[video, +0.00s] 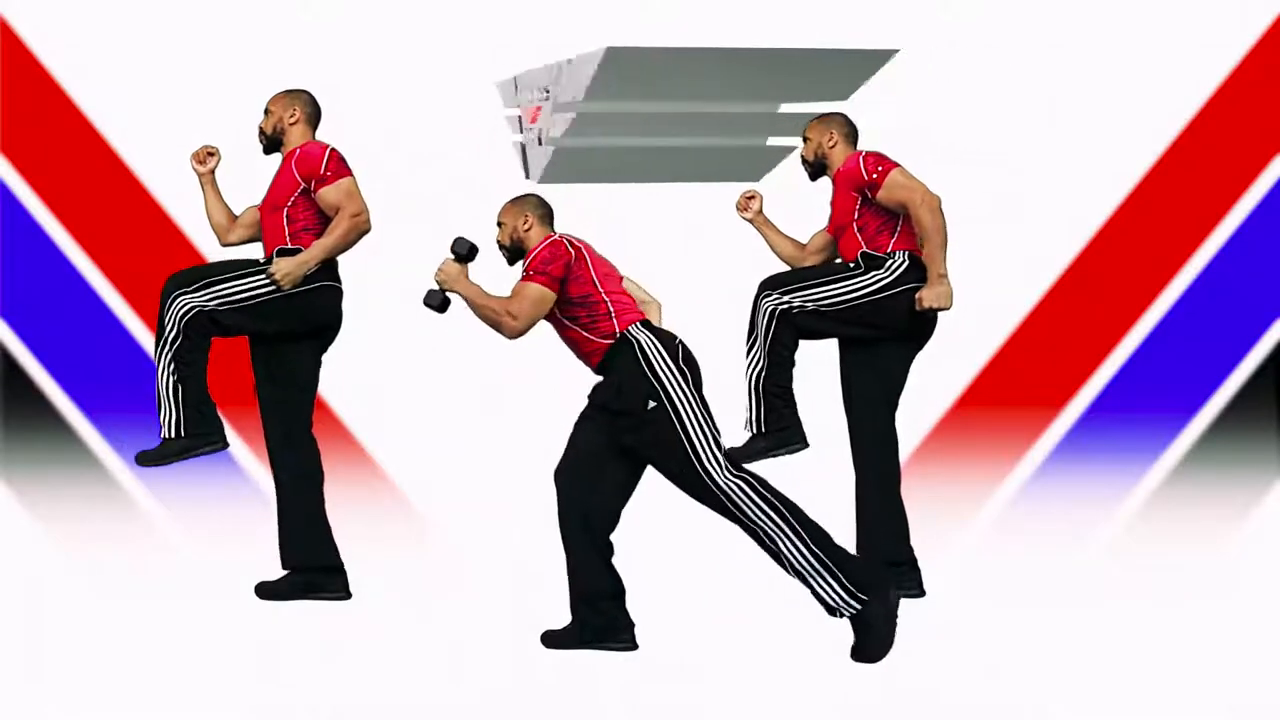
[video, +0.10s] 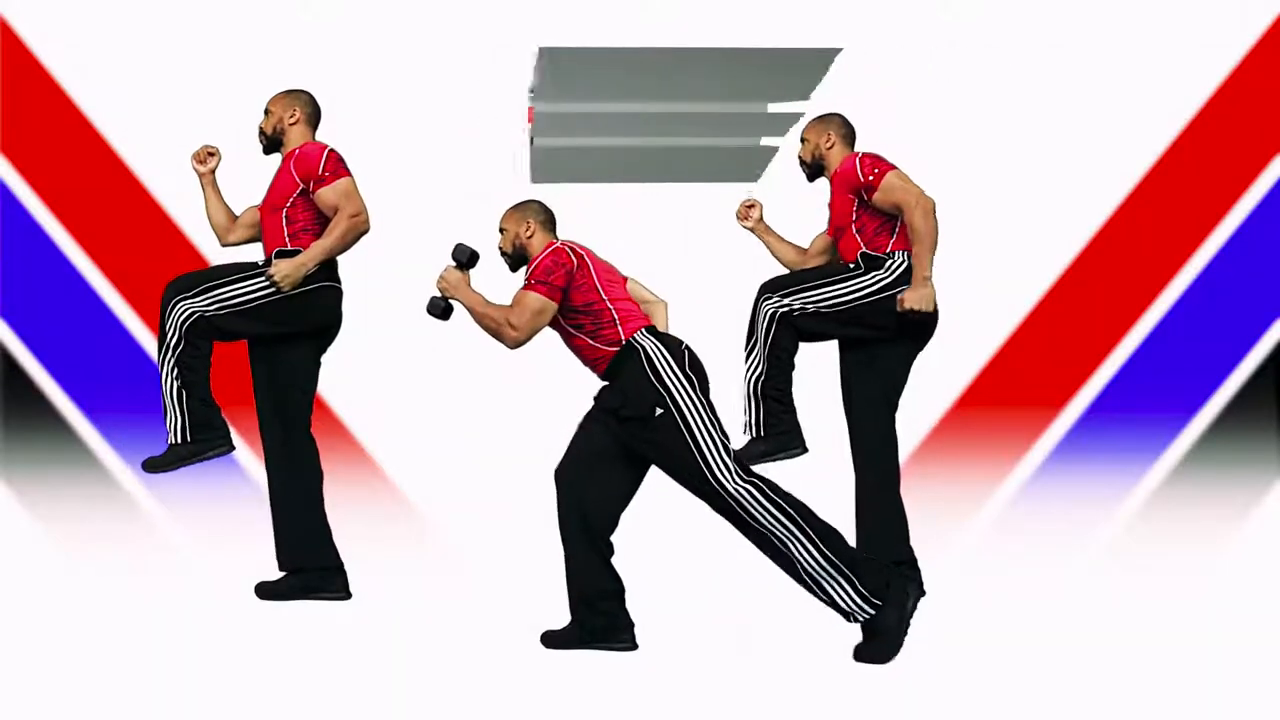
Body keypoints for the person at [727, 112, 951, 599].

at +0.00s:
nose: (801, 152)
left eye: (806, 141)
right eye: (802, 144)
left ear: (830, 137)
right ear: (835, 140)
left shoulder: (859, 165)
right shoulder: (848, 199)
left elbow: (924, 201)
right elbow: (806, 257)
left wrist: (937, 276)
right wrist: (759, 220)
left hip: (893, 276)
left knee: (774, 296)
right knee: (871, 438)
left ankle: (776, 425)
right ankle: (891, 567)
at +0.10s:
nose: (800, 153)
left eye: (804, 143)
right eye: (800, 147)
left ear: (827, 138)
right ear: (834, 141)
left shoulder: (855, 166)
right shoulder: (846, 200)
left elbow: (918, 202)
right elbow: (808, 260)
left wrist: (922, 280)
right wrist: (761, 228)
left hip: (887, 277)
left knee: (775, 298)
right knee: (871, 441)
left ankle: (775, 430)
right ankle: (890, 572)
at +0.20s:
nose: (794, 154)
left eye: (798, 144)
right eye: (795, 147)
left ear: (822, 141)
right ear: (825, 143)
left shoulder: (852, 169)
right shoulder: (840, 200)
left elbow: (900, 218)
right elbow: (825, 276)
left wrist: (878, 290)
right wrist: (768, 258)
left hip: (894, 287)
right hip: (899, 308)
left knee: (779, 322)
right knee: (874, 441)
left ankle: (810, 452)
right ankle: (891, 576)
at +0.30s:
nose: (786, 160)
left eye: (790, 150)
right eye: (786, 153)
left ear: (814, 146)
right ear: (822, 147)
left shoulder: (844, 175)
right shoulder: (834, 196)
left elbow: (864, 242)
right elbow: (860, 270)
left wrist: (805, 298)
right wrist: (821, 304)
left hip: (896, 282)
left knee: (809, 371)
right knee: (878, 443)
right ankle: (895, 586)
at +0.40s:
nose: (775, 170)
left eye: (780, 160)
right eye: (775, 162)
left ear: (805, 157)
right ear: (808, 157)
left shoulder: (830, 184)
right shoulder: (832, 194)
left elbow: (820, 262)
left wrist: (752, 282)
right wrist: (864, 328)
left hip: (902, 290)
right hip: (889, 302)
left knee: (873, 421)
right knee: (869, 433)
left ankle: (1000, 488)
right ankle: (889, 574)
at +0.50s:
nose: (766, 180)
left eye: (770, 169)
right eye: (765, 173)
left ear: (795, 164)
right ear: (806, 168)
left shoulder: (817, 196)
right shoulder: (837, 201)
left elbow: (781, 275)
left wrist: (724, 264)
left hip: (906, 294)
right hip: (885, 311)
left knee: (932, 432)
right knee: (872, 437)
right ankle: (891, 575)